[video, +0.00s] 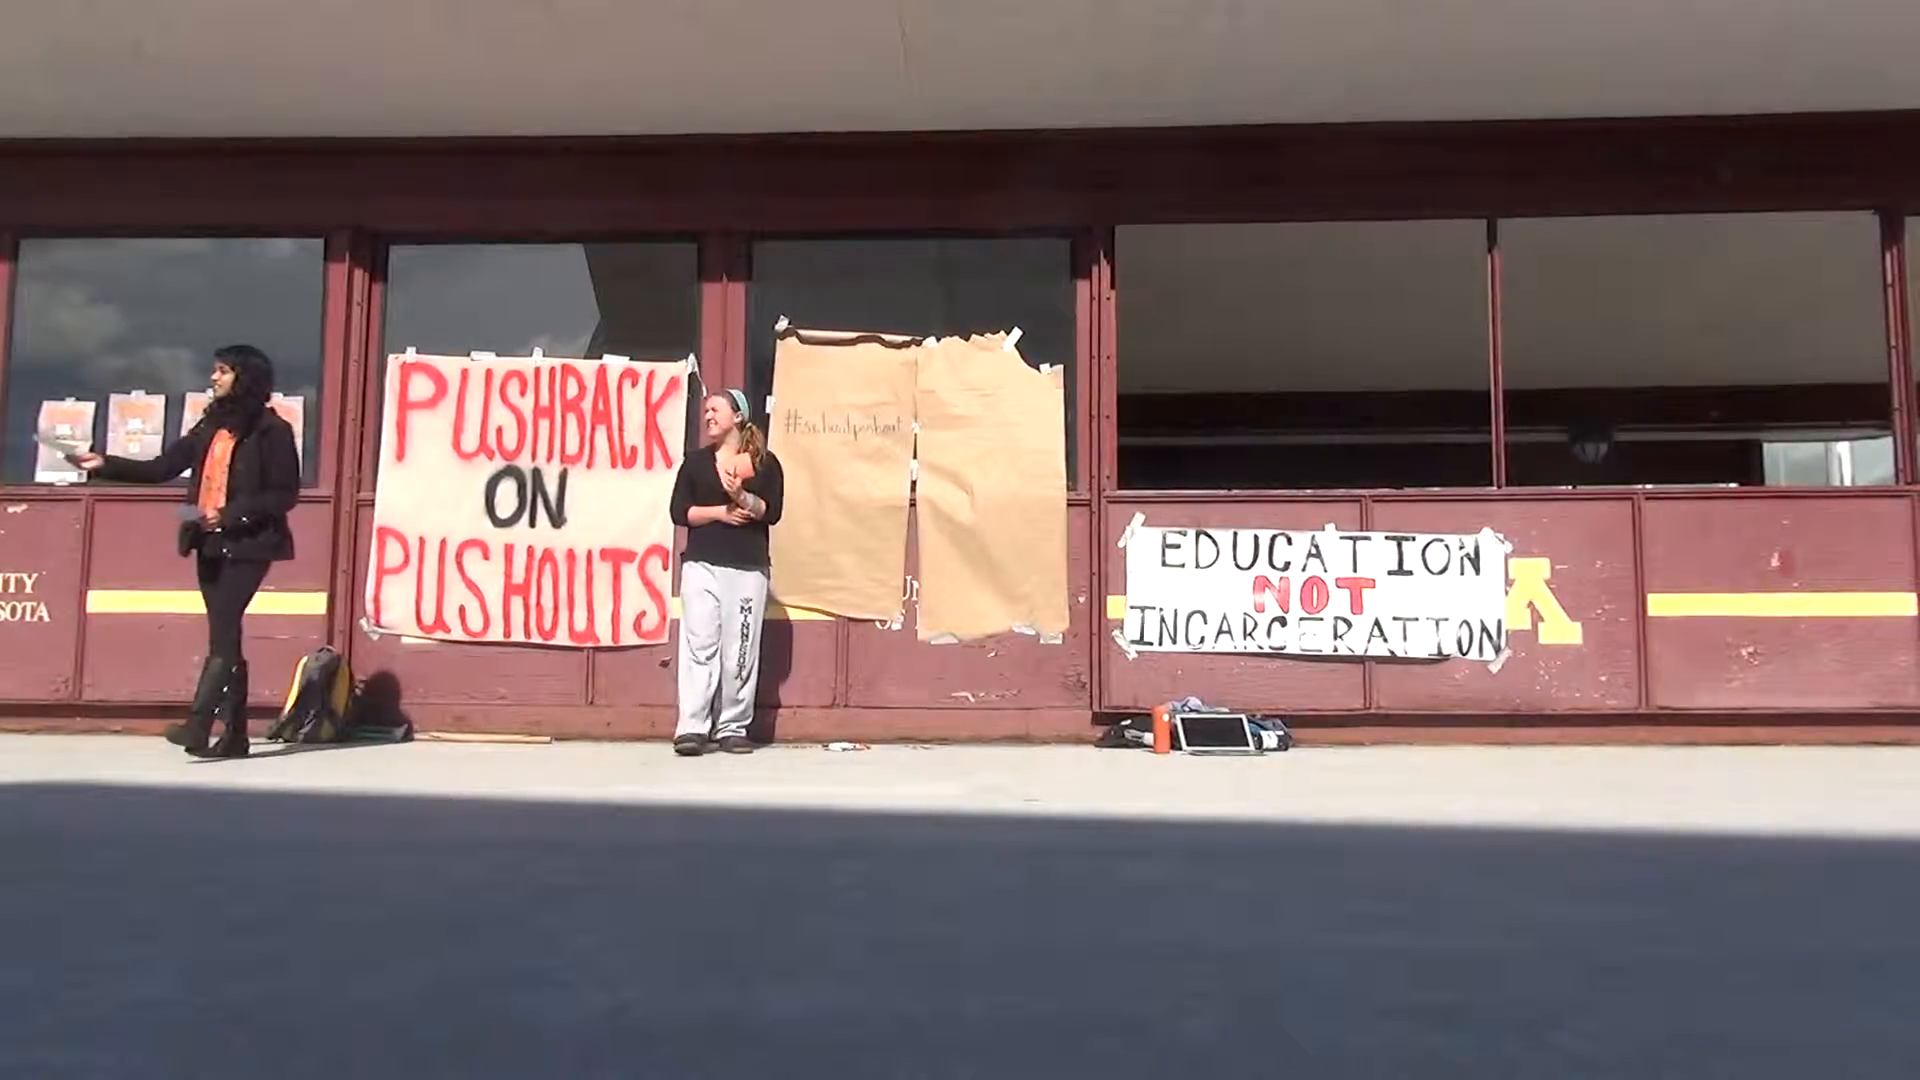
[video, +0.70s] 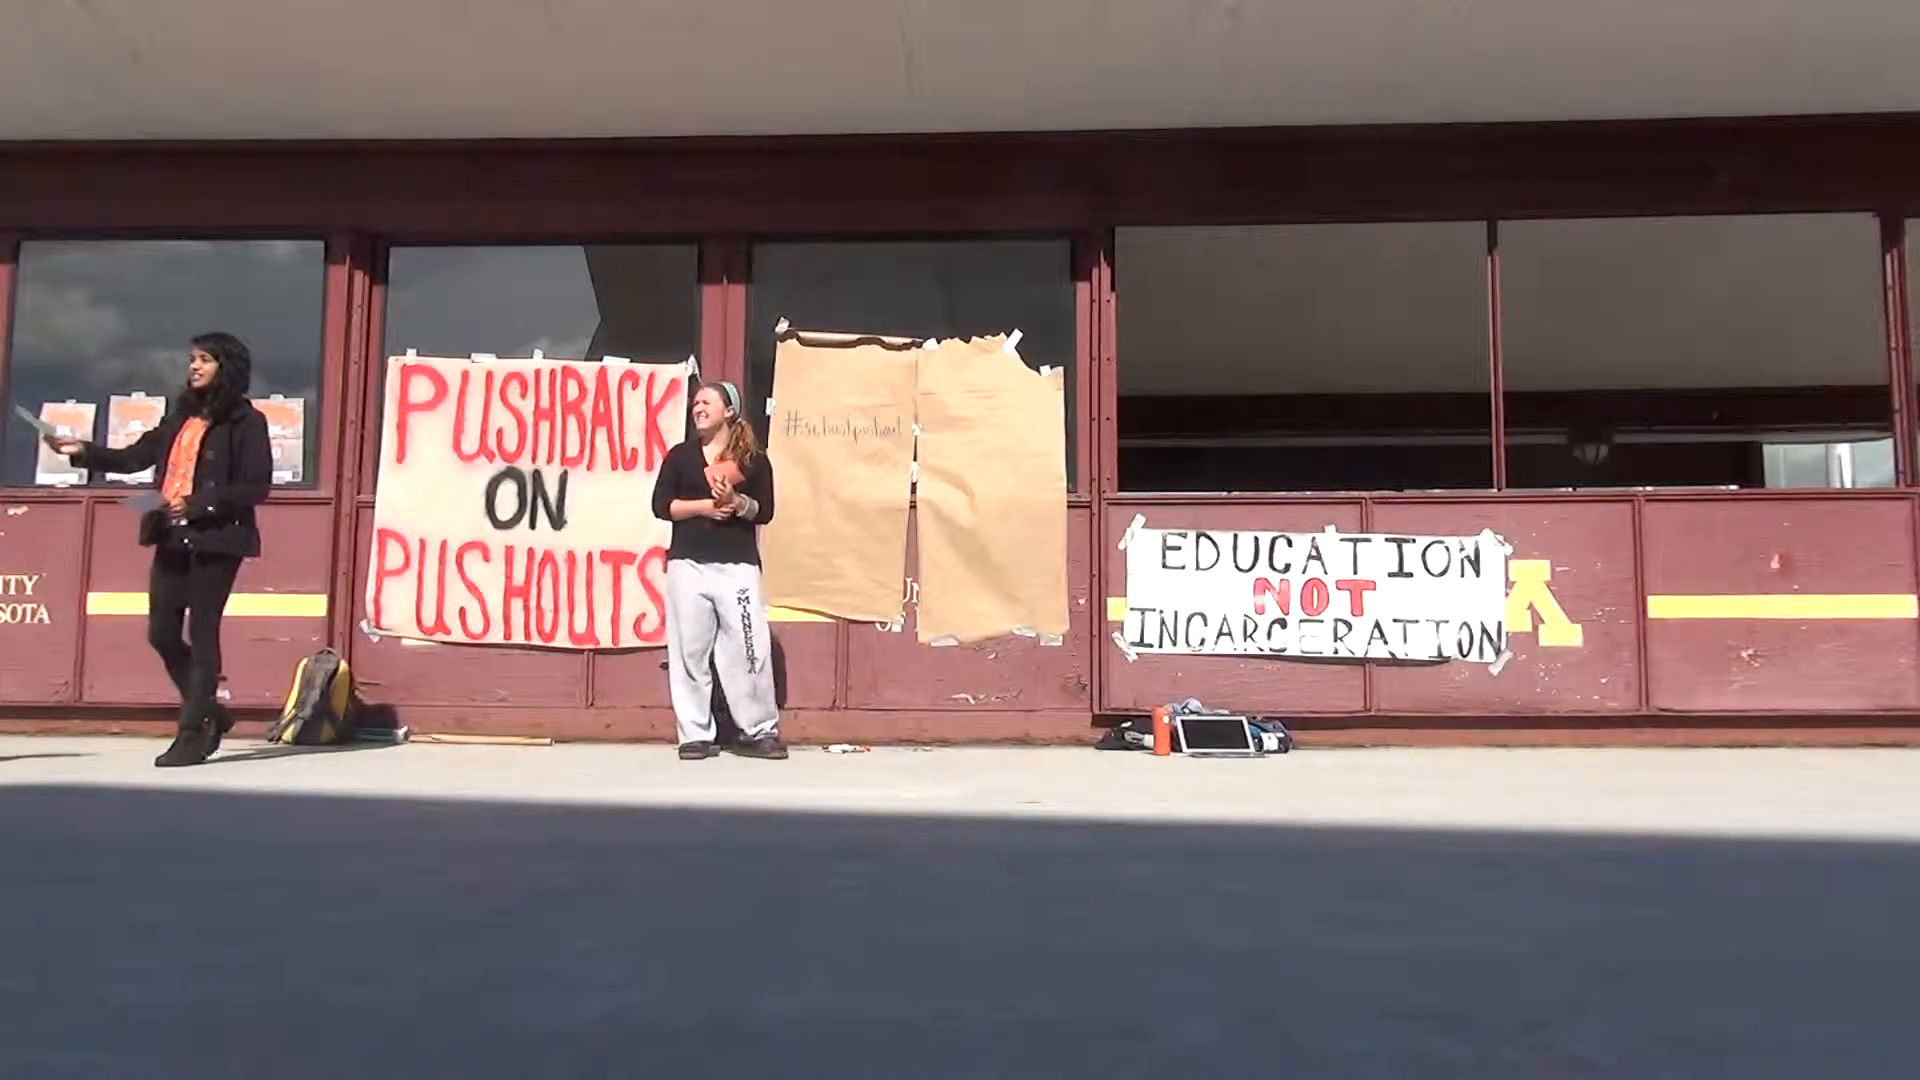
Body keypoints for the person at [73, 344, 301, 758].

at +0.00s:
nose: (214, 377)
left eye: (223, 371)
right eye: (215, 371)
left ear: (245, 379)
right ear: (222, 379)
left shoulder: (273, 430)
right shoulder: (213, 424)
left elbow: (285, 493)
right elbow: (164, 467)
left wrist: (233, 514)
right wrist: (106, 464)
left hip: (252, 544)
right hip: (212, 541)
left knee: (224, 622)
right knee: (224, 628)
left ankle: (199, 722)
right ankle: (236, 733)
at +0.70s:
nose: (193, 368)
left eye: (203, 361)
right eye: (192, 361)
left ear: (226, 368)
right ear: (192, 367)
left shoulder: (248, 422)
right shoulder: (182, 414)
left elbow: (256, 488)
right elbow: (137, 457)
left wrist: (202, 502)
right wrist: (80, 452)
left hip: (218, 542)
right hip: (175, 539)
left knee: (203, 633)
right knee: (162, 634)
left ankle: (191, 736)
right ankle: (210, 711)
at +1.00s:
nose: (186, 364)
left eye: (196, 357)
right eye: (184, 358)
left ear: (220, 363)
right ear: (183, 365)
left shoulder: (243, 418)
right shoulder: (176, 411)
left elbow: (252, 487)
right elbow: (132, 452)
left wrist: (191, 505)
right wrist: (78, 442)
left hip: (214, 541)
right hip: (167, 536)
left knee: (200, 632)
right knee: (137, 627)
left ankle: (191, 739)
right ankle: (139, 736)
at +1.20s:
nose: (181, 363)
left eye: (191, 355)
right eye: (178, 356)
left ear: (214, 360)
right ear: (175, 362)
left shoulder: (235, 414)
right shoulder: (170, 410)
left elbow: (248, 484)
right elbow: (126, 452)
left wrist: (193, 505)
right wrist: (75, 441)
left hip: (210, 539)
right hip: (162, 534)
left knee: (198, 634)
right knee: (122, 628)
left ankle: (190, 741)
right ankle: (77, 733)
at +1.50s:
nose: (162, 359)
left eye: (172, 352)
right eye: (159, 352)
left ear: (197, 358)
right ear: (156, 359)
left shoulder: (220, 418)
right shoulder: (148, 408)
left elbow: (231, 484)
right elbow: (104, 453)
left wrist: (174, 503)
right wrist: (60, 459)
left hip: (192, 542)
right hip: (143, 538)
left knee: (189, 634)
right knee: (119, 632)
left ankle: (190, 740)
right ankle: (87, 740)